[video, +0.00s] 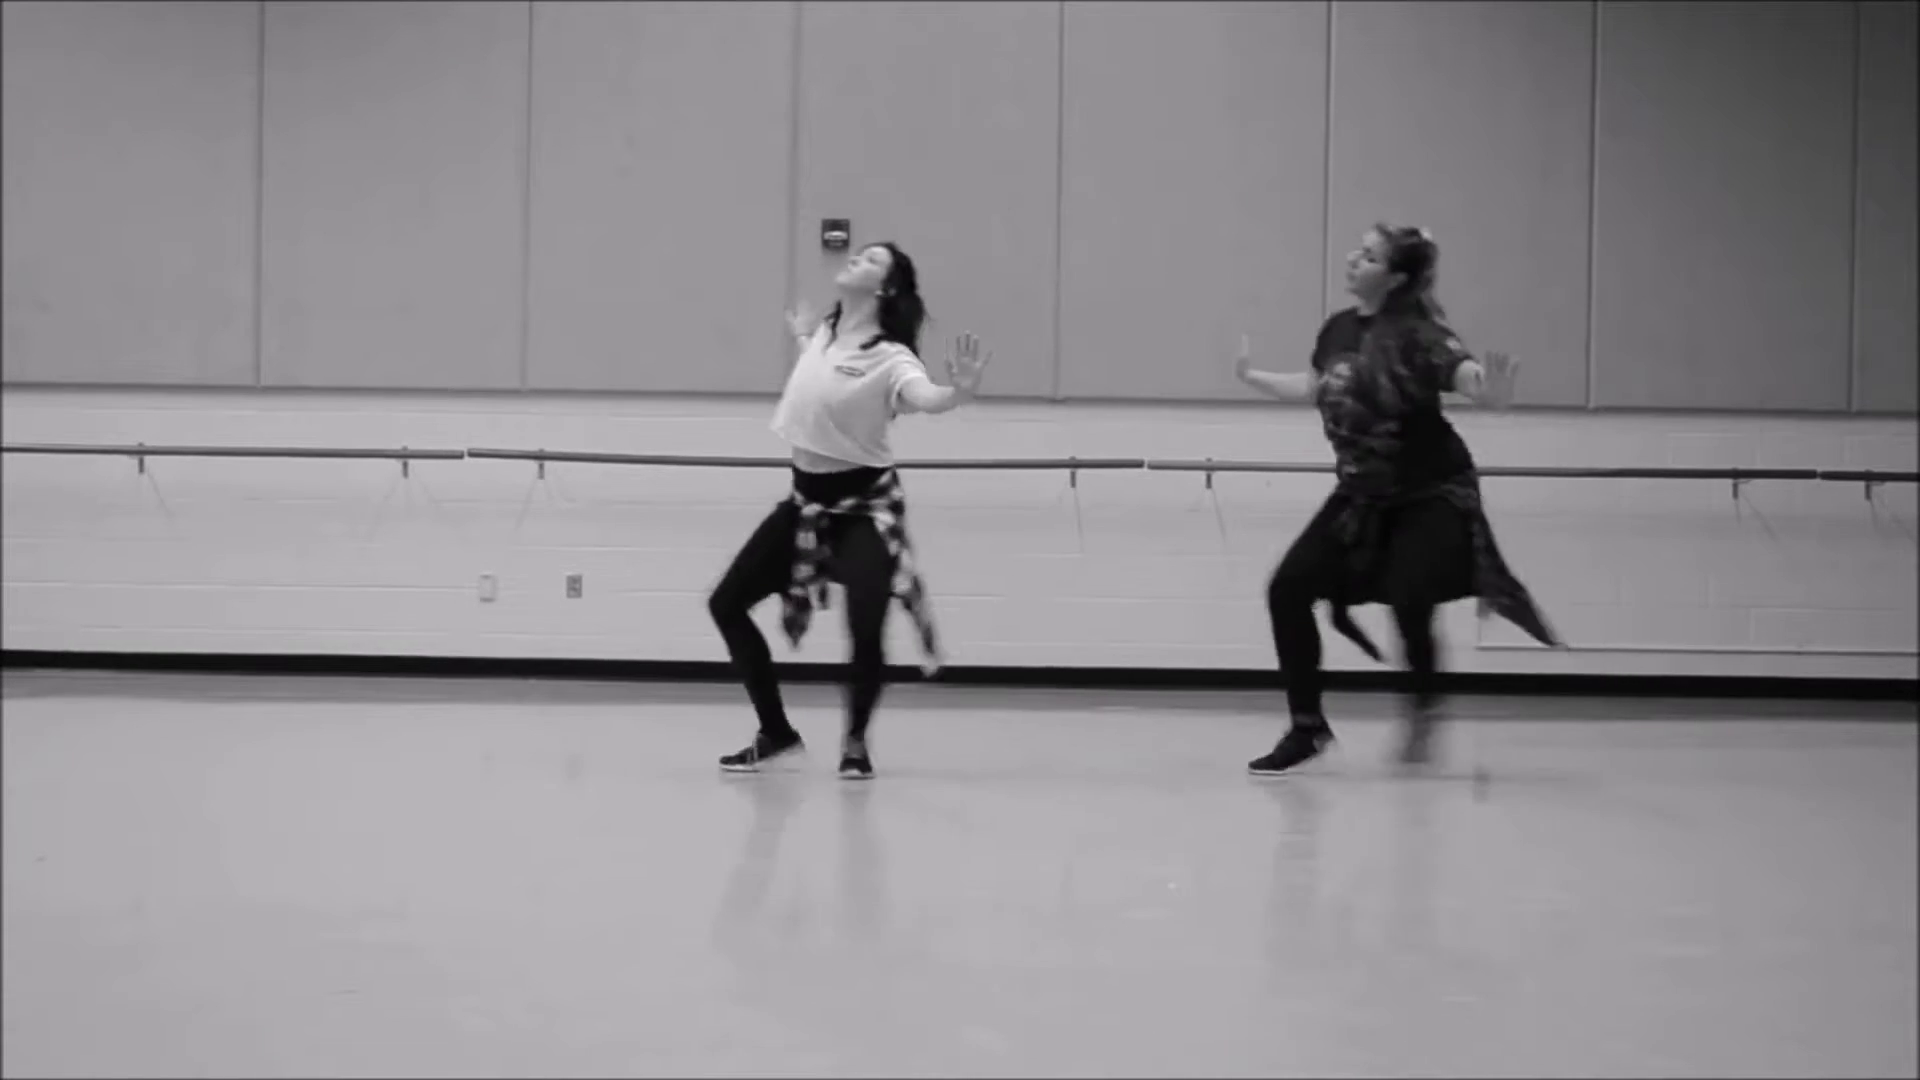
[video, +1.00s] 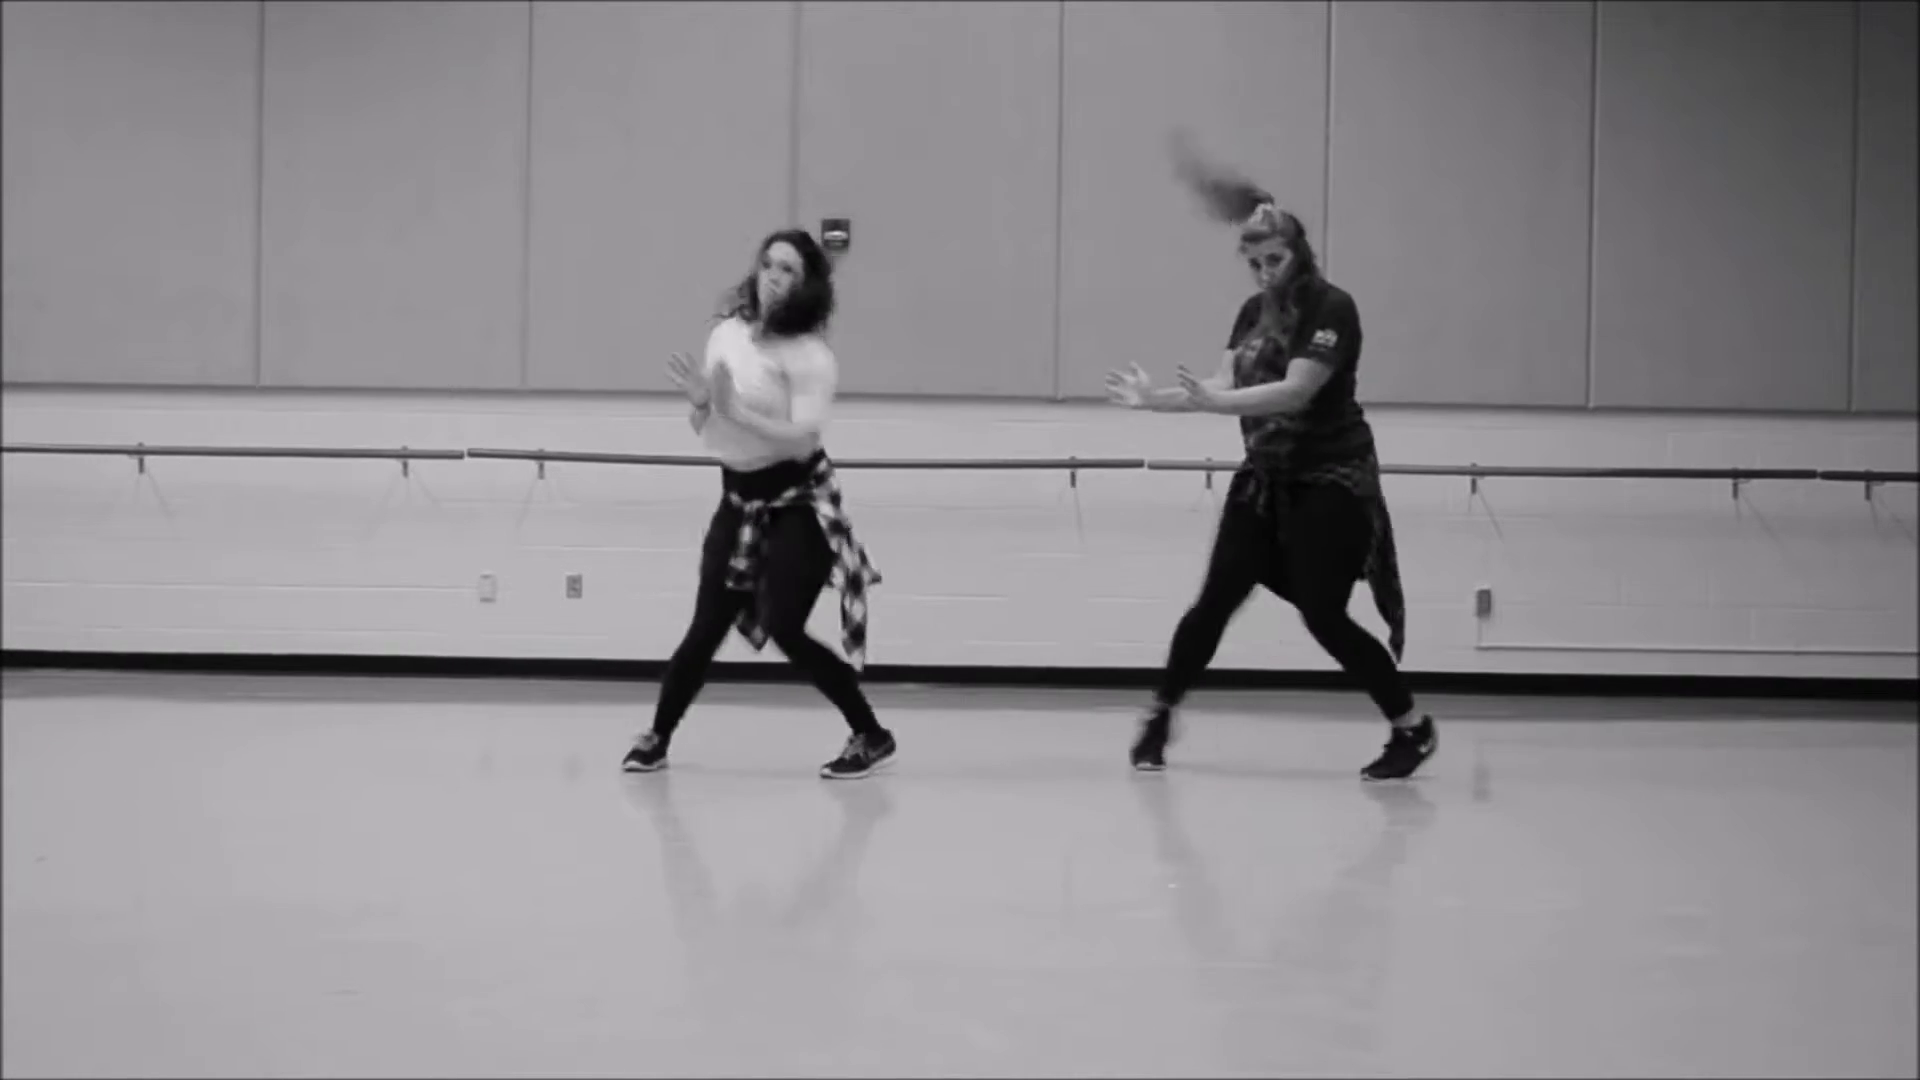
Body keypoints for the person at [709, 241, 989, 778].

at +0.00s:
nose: (852, 260)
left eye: (868, 259)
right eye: (855, 254)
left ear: (887, 289)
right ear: (844, 275)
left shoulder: (891, 356)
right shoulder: (823, 332)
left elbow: (924, 394)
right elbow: (812, 359)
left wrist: (957, 391)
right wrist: (798, 331)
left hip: (864, 508)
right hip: (805, 503)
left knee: (865, 633)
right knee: (726, 604)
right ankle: (775, 730)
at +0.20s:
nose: (837, 262)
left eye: (855, 263)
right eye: (841, 257)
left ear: (871, 295)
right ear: (830, 283)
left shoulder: (876, 362)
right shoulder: (809, 338)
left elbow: (916, 401)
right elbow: (808, 357)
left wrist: (964, 395)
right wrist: (797, 346)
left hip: (833, 510)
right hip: (773, 505)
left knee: (840, 631)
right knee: (679, 596)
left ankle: (849, 744)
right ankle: (660, 736)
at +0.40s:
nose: (837, 271)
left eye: (853, 272)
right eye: (841, 265)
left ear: (869, 303)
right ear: (831, 286)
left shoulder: (865, 368)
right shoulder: (798, 340)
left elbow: (875, 421)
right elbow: (769, 400)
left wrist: (876, 396)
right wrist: (717, 382)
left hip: (814, 510)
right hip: (752, 507)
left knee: (835, 628)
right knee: (659, 599)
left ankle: (850, 743)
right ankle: (658, 740)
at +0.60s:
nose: (796, 250)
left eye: (811, 246)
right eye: (797, 242)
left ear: (834, 267)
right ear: (792, 256)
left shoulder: (814, 315)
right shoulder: (776, 314)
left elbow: (735, 366)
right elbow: (721, 368)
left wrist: (660, 343)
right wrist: (662, 345)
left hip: (806, 485)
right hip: (757, 485)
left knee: (827, 620)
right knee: (683, 596)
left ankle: (851, 742)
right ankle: (665, 739)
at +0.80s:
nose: (751, 245)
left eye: (765, 241)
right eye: (746, 237)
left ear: (782, 257)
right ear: (734, 248)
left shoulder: (769, 295)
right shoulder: (735, 315)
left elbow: (784, 376)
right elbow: (725, 409)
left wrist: (705, 380)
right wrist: (686, 379)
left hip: (797, 469)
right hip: (749, 475)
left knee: (822, 608)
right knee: (685, 592)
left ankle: (850, 739)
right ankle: (666, 730)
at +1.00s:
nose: (773, 277)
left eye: (787, 271)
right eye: (768, 265)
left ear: (808, 286)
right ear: (755, 271)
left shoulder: (811, 356)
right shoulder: (725, 336)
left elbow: (803, 437)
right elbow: (704, 430)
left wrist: (734, 410)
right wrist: (700, 403)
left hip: (800, 506)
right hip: (739, 505)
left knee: (784, 626)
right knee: (707, 627)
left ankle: (870, 732)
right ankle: (657, 736)